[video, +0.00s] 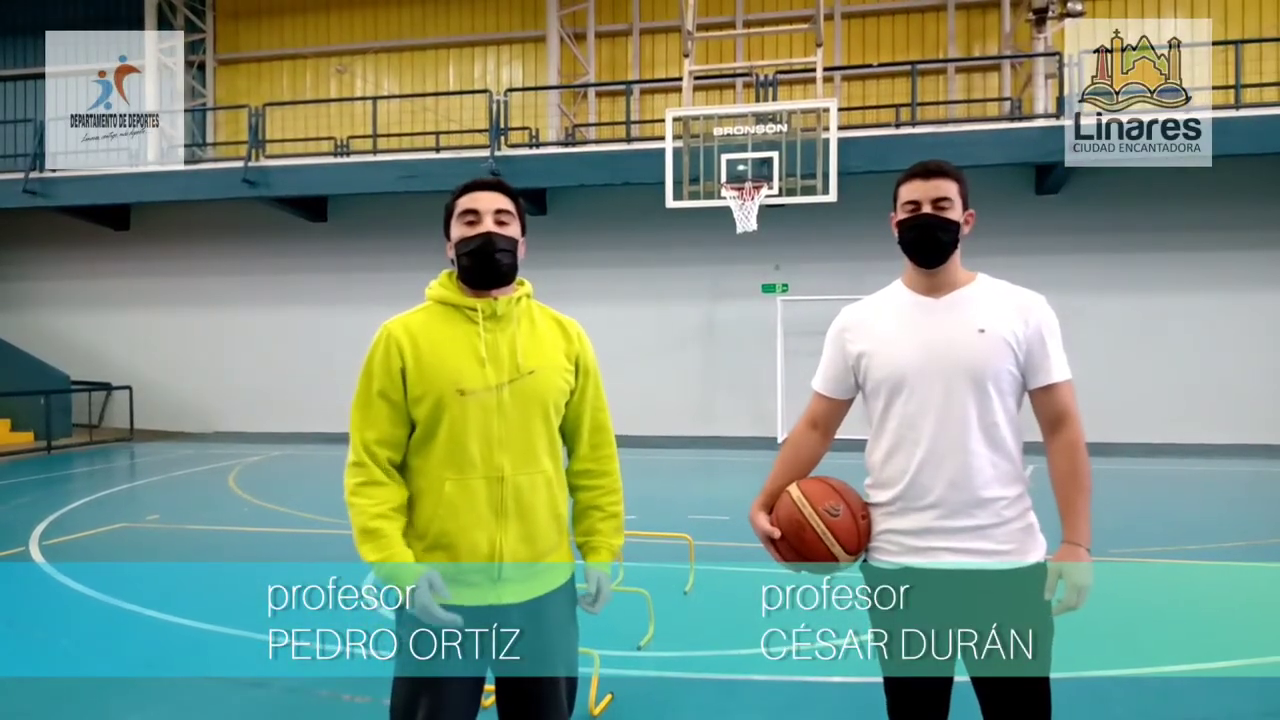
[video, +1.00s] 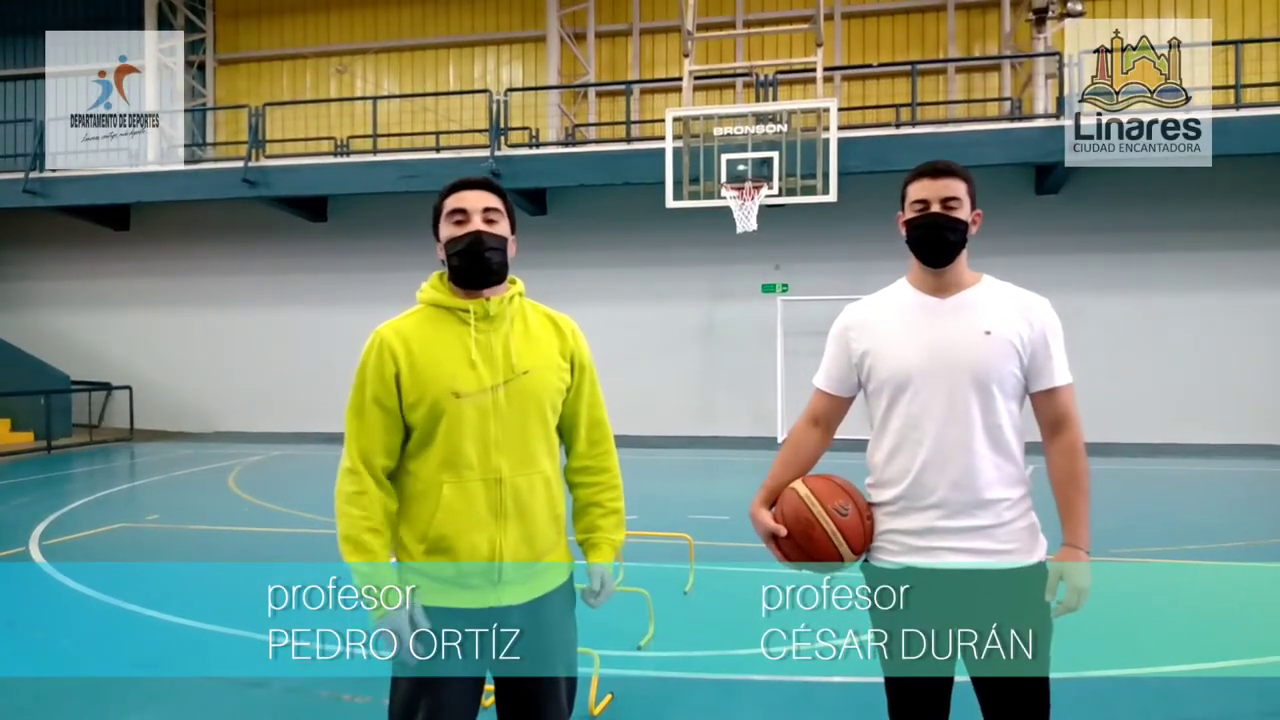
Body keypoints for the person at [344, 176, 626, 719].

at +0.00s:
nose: (487, 227)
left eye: (503, 218)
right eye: (469, 219)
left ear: (522, 242)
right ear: (449, 243)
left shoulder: (563, 337)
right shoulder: (403, 340)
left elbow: (594, 457)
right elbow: (371, 466)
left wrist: (599, 552)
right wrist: (397, 569)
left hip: (543, 590)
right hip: (439, 592)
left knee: (547, 712)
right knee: (431, 715)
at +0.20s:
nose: (483, 227)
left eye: (498, 218)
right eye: (465, 218)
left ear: (519, 242)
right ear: (446, 244)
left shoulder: (561, 337)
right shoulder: (401, 341)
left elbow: (595, 455)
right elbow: (364, 466)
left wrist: (602, 551)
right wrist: (389, 565)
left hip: (542, 590)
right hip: (438, 593)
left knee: (547, 712)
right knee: (431, 715)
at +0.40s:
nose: (475, 226)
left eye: (491, 217)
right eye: (457, 218)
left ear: (512, 243)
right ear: (439, 246)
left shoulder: (558, 334)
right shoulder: (398, 343)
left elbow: (593, 450)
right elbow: (360, 462)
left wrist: (602, 547)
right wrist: (361, 560)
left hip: (541, 587)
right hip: (438, 591)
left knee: (547, 711)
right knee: (430, 714)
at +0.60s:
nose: (468, 227)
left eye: (482, 217)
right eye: (449, 219)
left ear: (505, 241)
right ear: (431, 247)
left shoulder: (555, 333)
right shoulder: (392, 347)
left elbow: (592, 448)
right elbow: (360, 472)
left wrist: (602, 544)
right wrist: (357, 584)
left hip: (541, 588)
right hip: (438, 592)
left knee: (547, 711)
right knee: (430, 714)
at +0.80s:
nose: (468, 228)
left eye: (482, 217)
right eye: (450, 220)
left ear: (505, 242)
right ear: (431, 248)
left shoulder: (555, 334)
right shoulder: (392, 348)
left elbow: (591, 446)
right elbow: (370, 479)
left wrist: (603, 542)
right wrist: (376, 598)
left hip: (541, 589)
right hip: (436, 594)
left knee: (546, 711)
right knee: (431, 714)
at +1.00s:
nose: (477, 227)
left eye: (492, 217)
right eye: (459, 218)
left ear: (513, 241)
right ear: (440, 244)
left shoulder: (558, 336)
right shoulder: (396, 344)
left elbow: (593, 454)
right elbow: (363, 474)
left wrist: (601, 550)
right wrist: (380, 589)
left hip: (541, 592)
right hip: (436, 596)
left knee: (548, 712)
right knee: (430, 715)